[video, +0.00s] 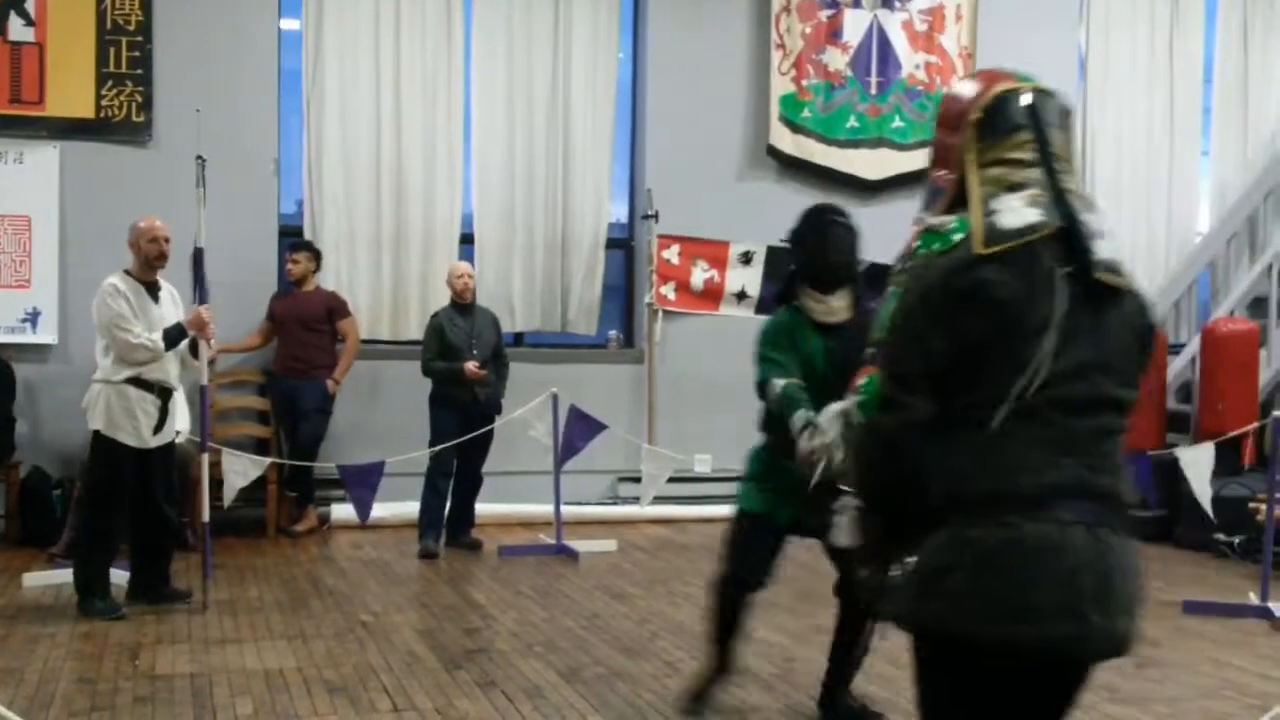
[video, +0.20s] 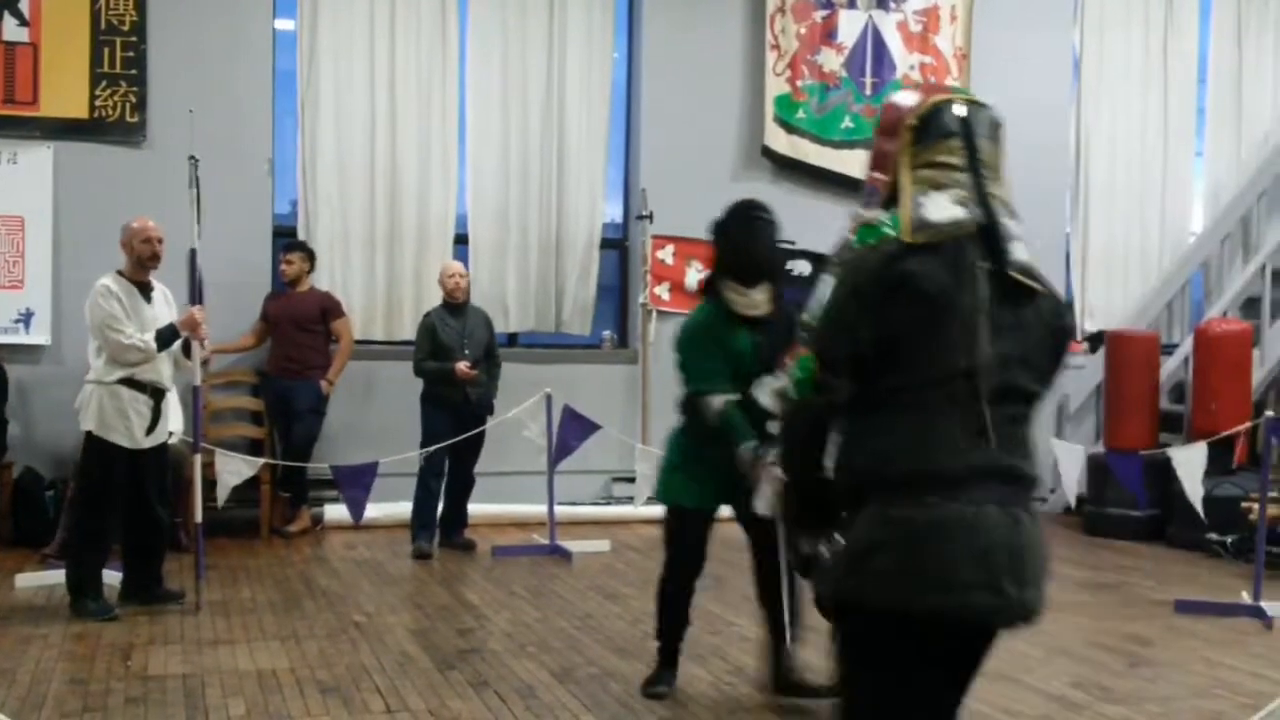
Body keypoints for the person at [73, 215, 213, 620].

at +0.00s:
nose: (163, 248)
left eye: (166, 242)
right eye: (154, 242)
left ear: (170, 248)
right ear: (133, 247)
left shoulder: (171, 295)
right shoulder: (113, 290)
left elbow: (182, 356)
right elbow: (132, 349)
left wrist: (199, 345)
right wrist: (185, 329)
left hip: (163, 410)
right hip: (121, 407)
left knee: (157, 501)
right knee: (106, 502)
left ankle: (150, 584)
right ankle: (93, 591)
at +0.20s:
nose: (156, 249)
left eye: (159, 242)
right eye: (147, 242)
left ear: (163, 248)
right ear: (126, 248)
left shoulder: (163, 295)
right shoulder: (106, 291)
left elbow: (177, 356)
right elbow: (124, 350)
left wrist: (194, 347)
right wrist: (178, 330)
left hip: (156, 412)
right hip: (113, 409)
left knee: (150, 503)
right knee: (98, 503)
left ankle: (143, 583)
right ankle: (85, 592)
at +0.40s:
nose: (147, 248)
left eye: (150, 241)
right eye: (137, 241)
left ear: (153, 247)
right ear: (116, 247)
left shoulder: (154, 294)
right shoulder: (96, 291)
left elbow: (170, 354)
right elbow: (116, 348)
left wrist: (186, 345)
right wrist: (169, 328)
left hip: (147, 411)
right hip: (105, 408)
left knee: (142, 502)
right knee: (91, 503)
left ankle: (136, 583)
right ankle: (78, 592)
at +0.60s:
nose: (144, 247)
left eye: (146, 240)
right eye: (135, 241)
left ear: (149, 246)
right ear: (112, 246)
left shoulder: (149, 293)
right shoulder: (92, 291)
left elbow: (165, 353)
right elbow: (113, 348)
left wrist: (183, 345)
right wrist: (166, 327)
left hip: (144, 410)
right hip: (102, 408)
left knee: (139, 502)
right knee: (89, 503)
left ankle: (133, 583)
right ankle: (75, 592)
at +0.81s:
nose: (147, 247)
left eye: (150, 240)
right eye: (138, 241)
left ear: (153, 246)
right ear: (116, 246)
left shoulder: (153, 293)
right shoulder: (96, 291)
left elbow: (168, 356)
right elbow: (117, 348)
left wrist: (185, 344)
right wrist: (170, 327)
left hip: (147, 410)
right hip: (106, 407)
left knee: (143, 501)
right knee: (93, 502)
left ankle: (137, 582)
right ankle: (79, 592)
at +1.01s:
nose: (147, 247)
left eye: (149, 240)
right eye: (138, 240)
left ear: (151, 246)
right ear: (115, 246)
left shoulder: (150, 293)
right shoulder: (94, 290)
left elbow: (168, 355)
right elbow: (115, 348)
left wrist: (183, 343)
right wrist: (168, 328)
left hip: (145, 410)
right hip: (104, 408)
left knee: (141, 501)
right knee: (91, 502)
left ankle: (135, 582)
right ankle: (77, 591)